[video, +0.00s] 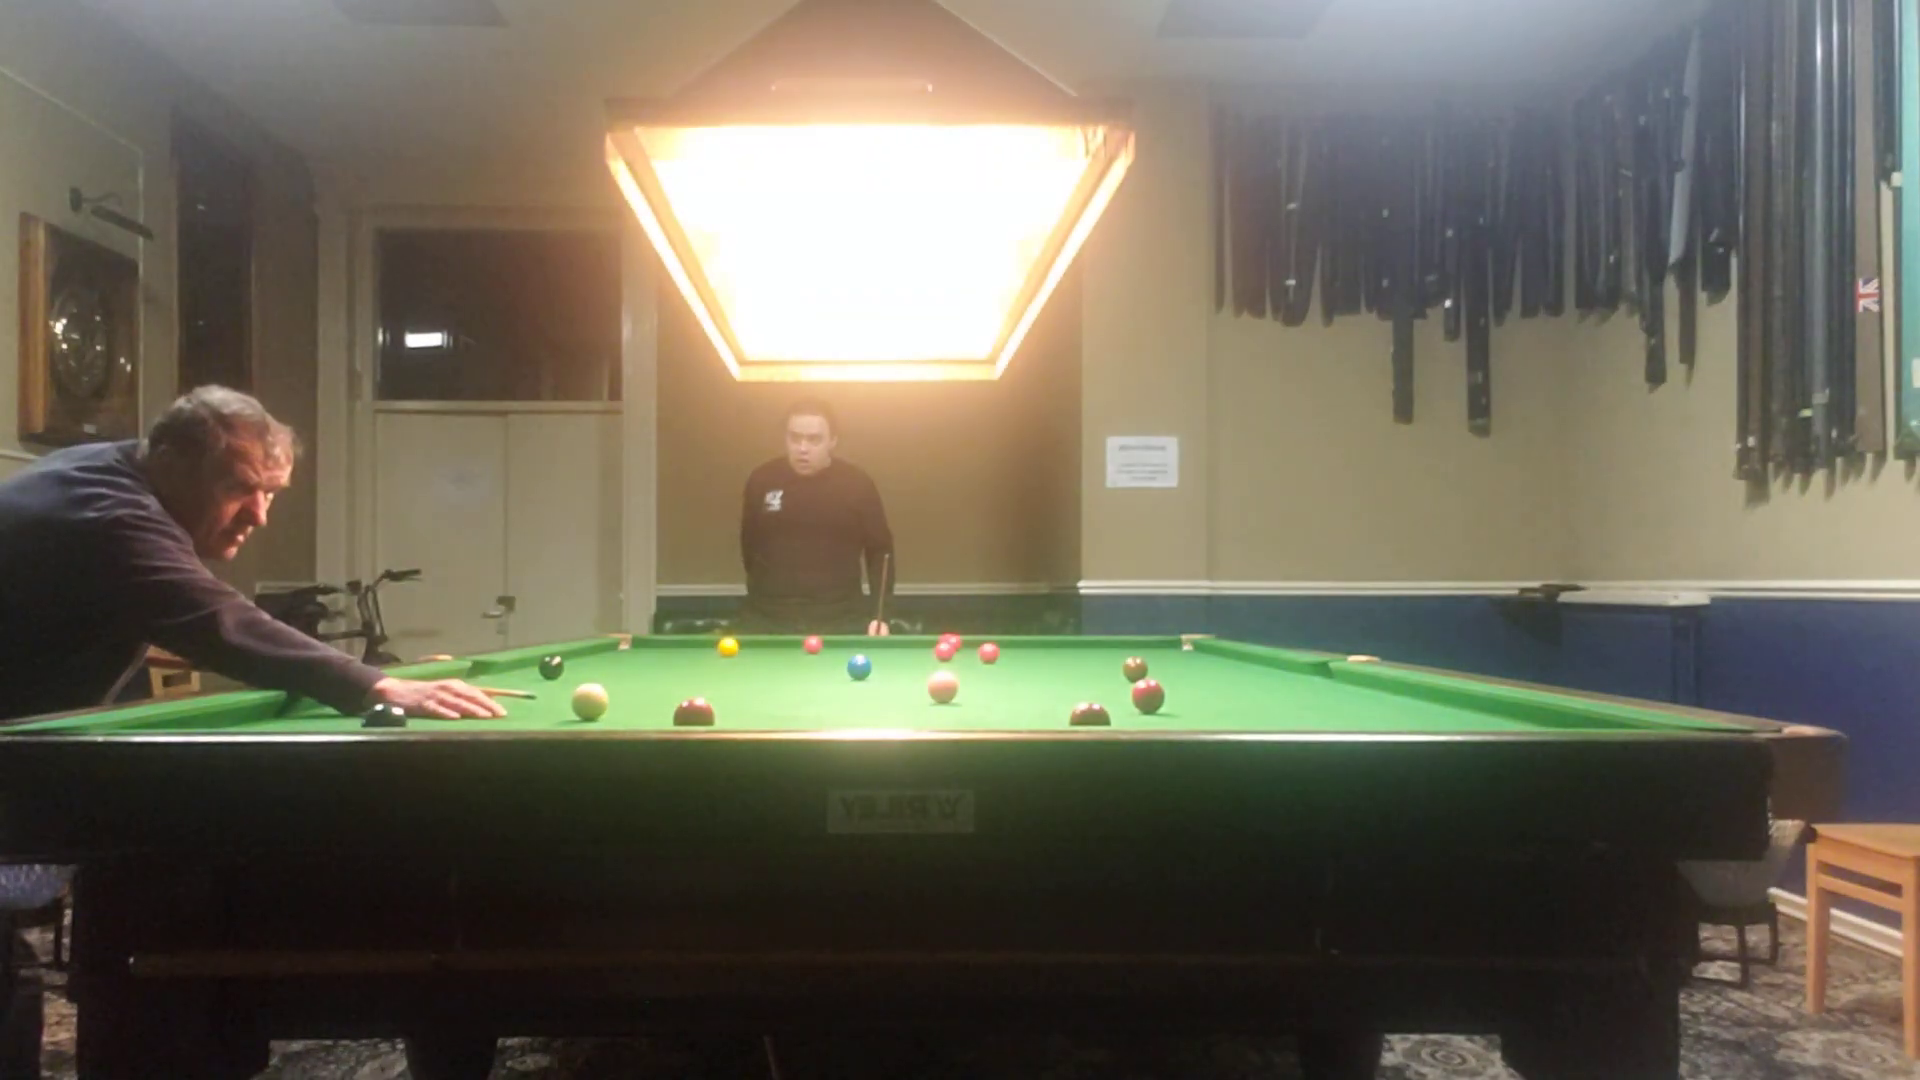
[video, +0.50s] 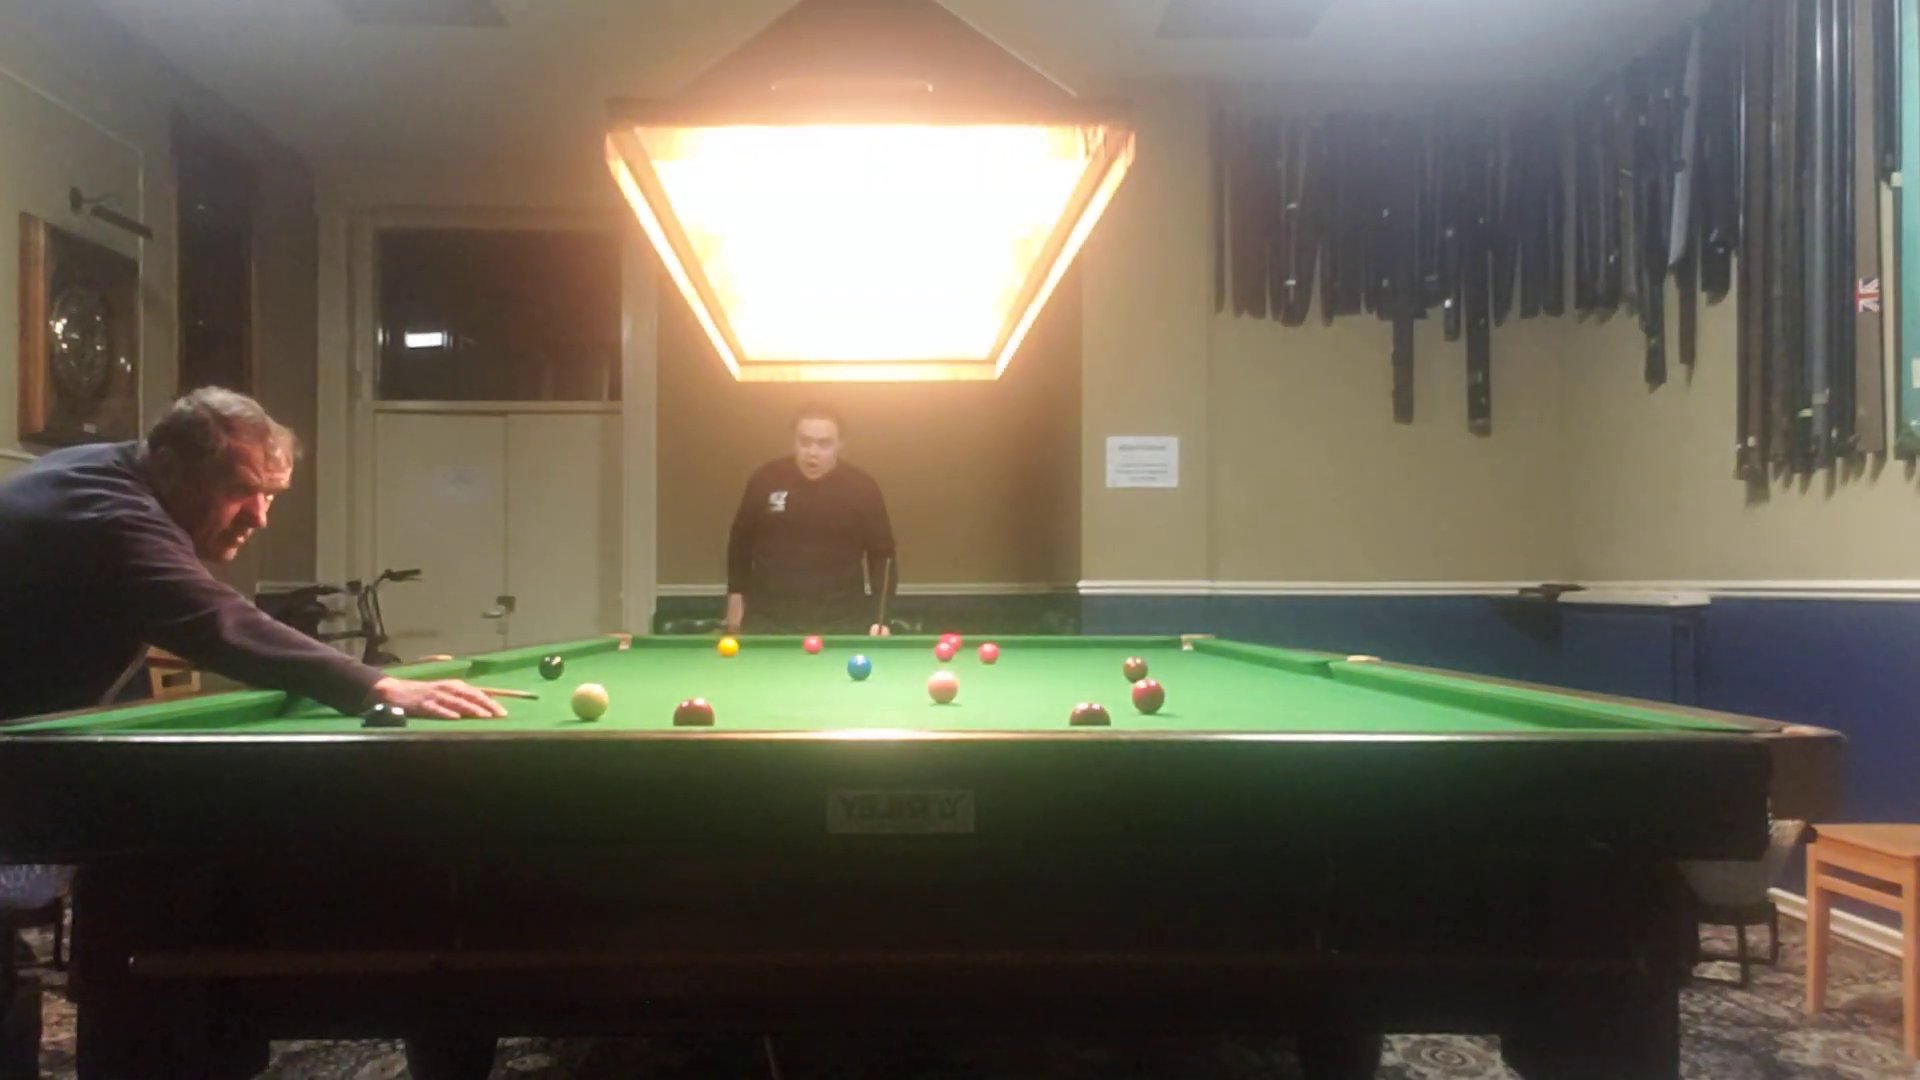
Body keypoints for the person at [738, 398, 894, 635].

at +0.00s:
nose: (803, 449)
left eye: (814, 439)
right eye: (795, 438)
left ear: (833, 442)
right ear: (785, 439)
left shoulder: (857, 484)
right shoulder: (762, 481)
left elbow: (880, 552)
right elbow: (750, 550)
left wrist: (880, 616)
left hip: (840, 621)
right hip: (769, 621)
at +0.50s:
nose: (813, 453)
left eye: (824, 444)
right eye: (805, 442)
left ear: (840, 445)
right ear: (794, 441)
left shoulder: (862, 488)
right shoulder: (766, 481)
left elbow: (883, 556)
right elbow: (740, 541)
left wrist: (882, 619)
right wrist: (736, 598)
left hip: (843, 626)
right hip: (770, 626)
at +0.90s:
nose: (815, 453)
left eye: (825, 444)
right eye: (807, 442)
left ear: (842, 444)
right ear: (795, 440)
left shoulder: (862, 489)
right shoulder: (768, 481)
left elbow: (887, 550)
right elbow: (736, 538)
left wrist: (881, 596)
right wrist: (722, 591)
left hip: (841, 625)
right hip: (770, 622)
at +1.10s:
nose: (814, 453)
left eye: (825, 443)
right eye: (806, 442)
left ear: (842, 444)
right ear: (794, 440)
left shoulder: (859, 488)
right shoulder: (767, 482)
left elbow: (891, 542)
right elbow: (736, 544)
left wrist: (889, 566)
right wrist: (729, 597)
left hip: (841, 622)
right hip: (771, 623)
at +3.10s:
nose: (805, 438)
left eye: (816, 430)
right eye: (798, 429)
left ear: (834, 437)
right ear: (788, 434)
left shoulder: (858, 483)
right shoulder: (766, 484)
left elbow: (891, 549)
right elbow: (742, 552)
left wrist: (878, 537)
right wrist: (734, 608)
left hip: (840, 623)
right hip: (771, 624)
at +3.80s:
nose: (771, 433)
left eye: (783, 425)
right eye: (763, 424)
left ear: (799, 434)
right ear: (753, 431)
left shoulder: (823, 480)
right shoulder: (730, 482)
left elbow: (858, 548)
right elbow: (706, 549)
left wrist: (853, 536)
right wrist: (701, 609)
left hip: (810, 622)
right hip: (741, 623)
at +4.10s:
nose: (746, 431)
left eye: (758, 424)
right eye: (738, 423)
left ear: (774, 434)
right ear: (728, 430)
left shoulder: (799, 482)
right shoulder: (705, 482)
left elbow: (828, 551)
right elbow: (680, 550)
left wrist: (835, 541)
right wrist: (673, 607)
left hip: (786, 625)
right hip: (716, 624)